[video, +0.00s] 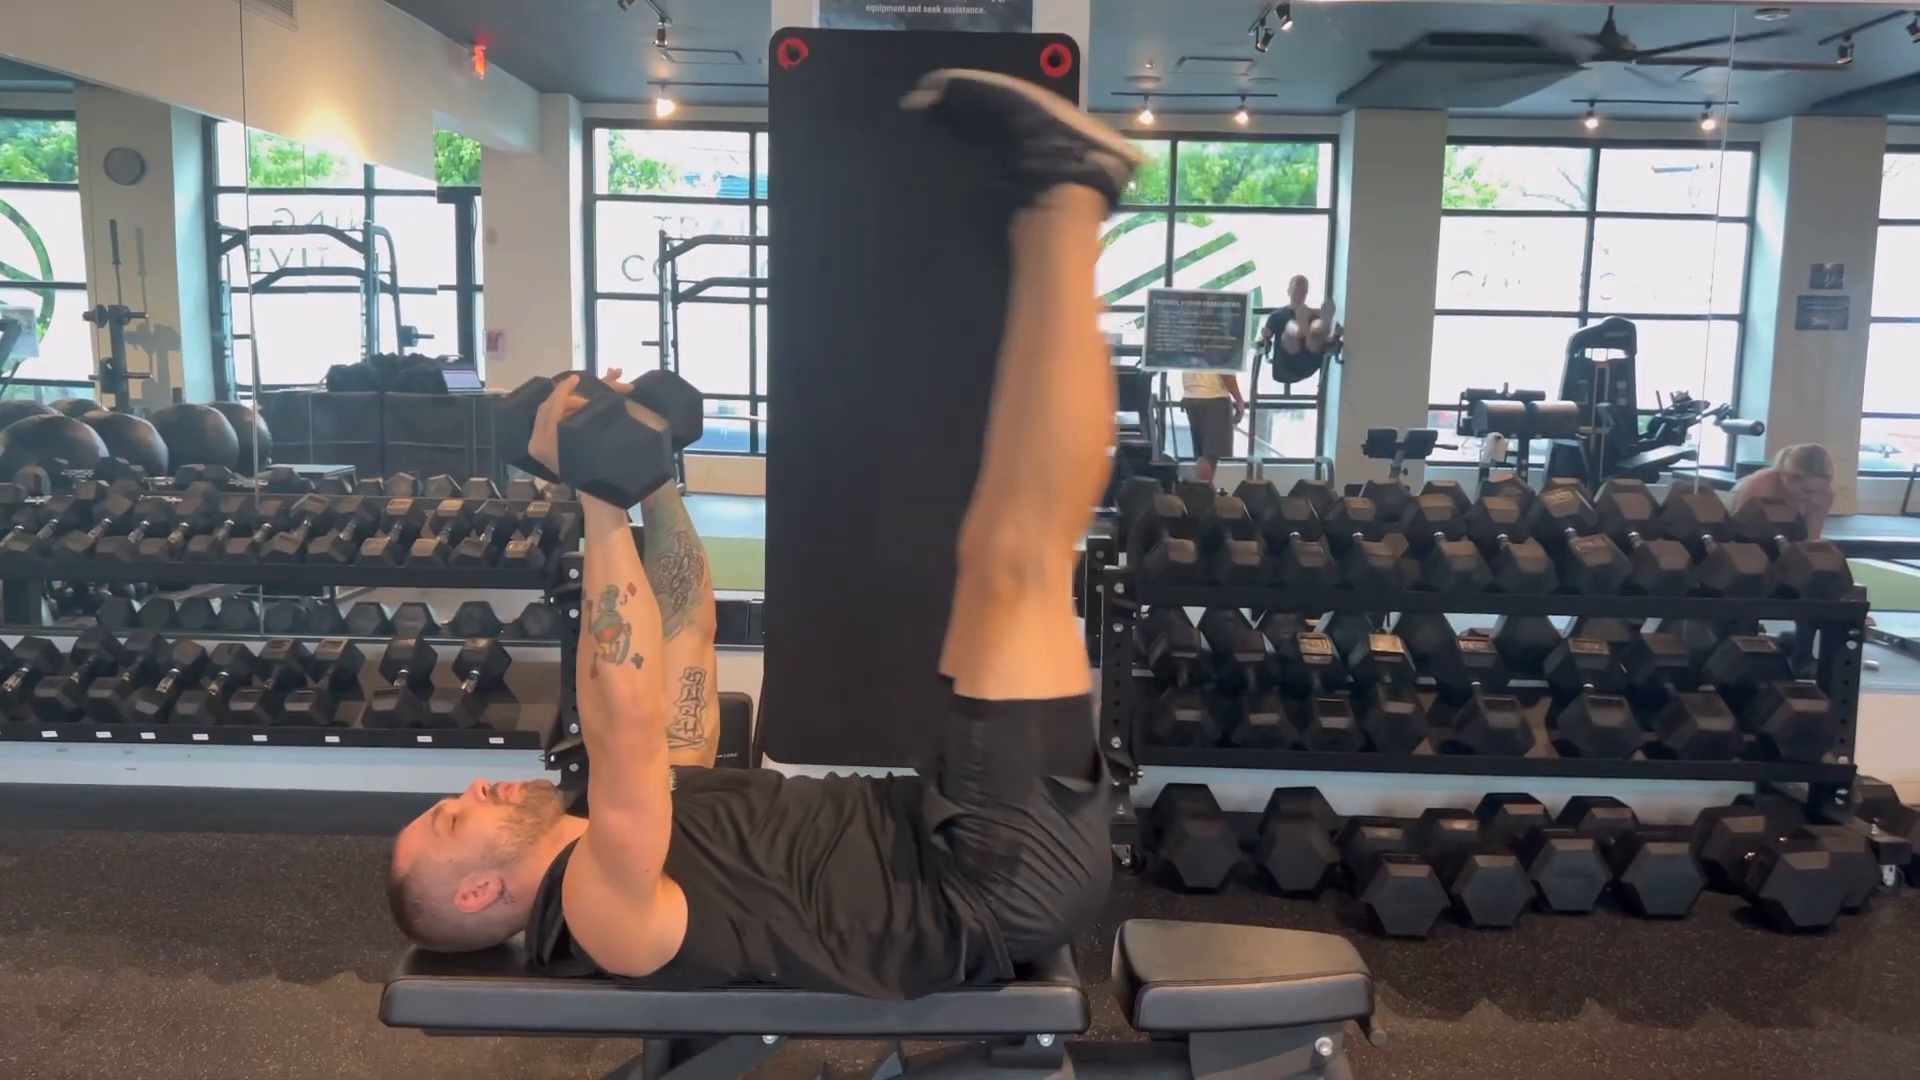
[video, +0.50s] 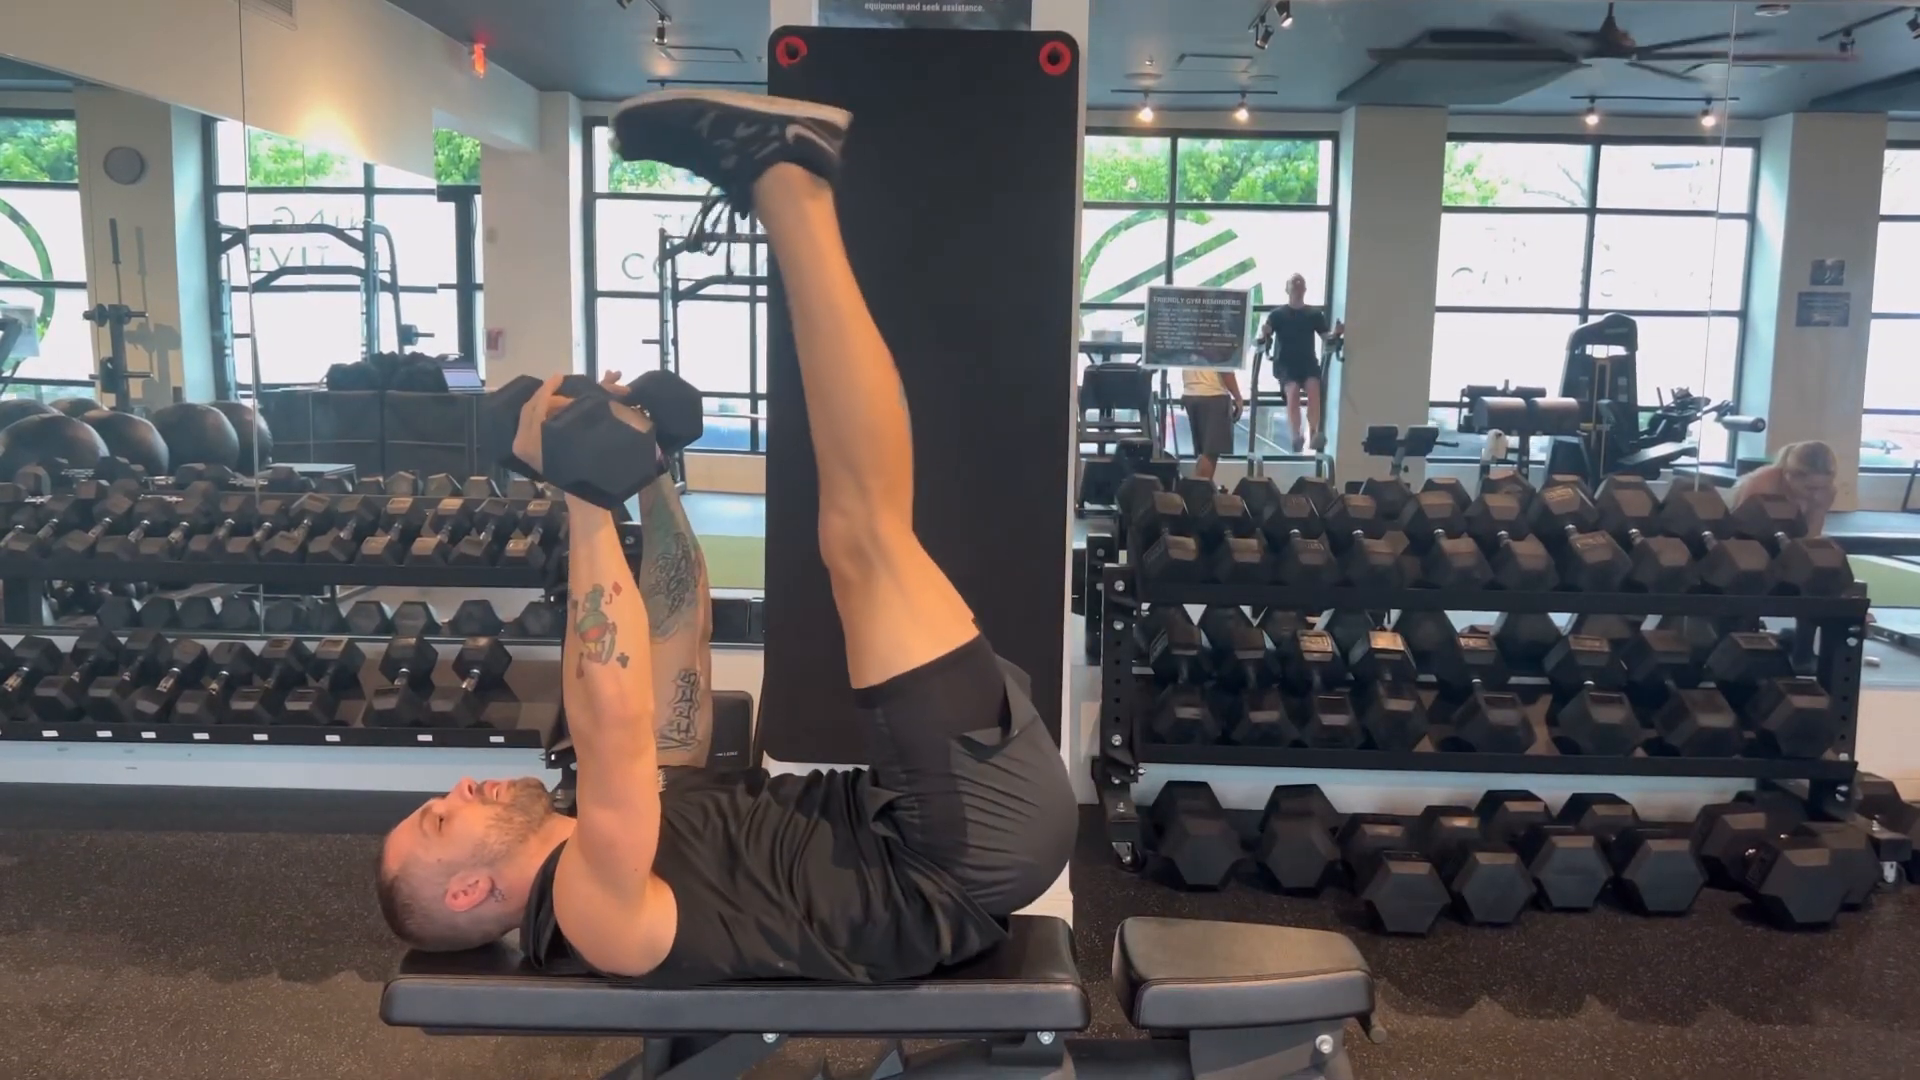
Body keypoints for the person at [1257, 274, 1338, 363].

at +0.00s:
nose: (1299, 294)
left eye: (1302, 291)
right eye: (1296, 290)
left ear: (1306, 292)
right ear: (1289, 292)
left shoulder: (1316, 315)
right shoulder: (1278, 316)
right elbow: (1264, 337)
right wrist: (1264, 341)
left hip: (1309, 366)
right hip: (1285, 367)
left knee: (1317, 325)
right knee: (1291, 328)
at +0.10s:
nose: (1299, 293)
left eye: (1302, 289)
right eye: (1296, 289)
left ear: (1306, 291)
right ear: (1289, 290)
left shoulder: (1316, 315)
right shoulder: (1278, 315)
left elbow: (1338, 330)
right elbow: (1265, 334)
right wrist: (1264, 340)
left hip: (1309, 367)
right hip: (1284, 368)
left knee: (1318, 331)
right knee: (1293, 334)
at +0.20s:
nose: (1299, 292)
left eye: (1302, 288)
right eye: (1295, 288)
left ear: (1306, 290)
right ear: (1288, 290)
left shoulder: (1315, 316)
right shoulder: (1278, 315)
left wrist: (1335, 335)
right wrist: (1264, 336)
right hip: (1284, 367)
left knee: (1317, 342)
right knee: (1293, 344)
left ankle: (1324, 356)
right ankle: (1305, 360)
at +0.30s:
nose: (1297, 292)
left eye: (1300, 287)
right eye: (1294, 288)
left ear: (1305, 289)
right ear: (1288, 290)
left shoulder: (1314, 315)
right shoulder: (1277, 314)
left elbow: (1327, 340)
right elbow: (1263, 344)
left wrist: (1335, 335)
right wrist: (1265, 335)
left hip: (1308, 361)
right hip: (1284, 361)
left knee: (1317, 356)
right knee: (1294, 355)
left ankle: (1324, 387)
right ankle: (1305, 389)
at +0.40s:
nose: (1298, 292)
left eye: (1301, 288)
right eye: (1294, 288)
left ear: (1305, 289)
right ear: (1287, 290)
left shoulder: (1314, 315)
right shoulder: (1277, 315)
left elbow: (1326, 338)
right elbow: (1264, 341)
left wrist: (1336, 333)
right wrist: (1265, 334)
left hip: (1308, 358)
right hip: (1285, 359)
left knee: (1316, 372)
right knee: (1294, 374)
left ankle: (1319, 416)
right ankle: (1302, 417)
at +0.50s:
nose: (1298, 286)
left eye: (1300, 284)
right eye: (1294, 284)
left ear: (1305, 288)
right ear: (1287, 289)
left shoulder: (1314, 314)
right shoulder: (1277, 314)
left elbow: (1326, 338)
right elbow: (1262, 341)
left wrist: (1336, 334)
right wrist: (1264, 335)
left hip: (1308, 359)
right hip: (1286, 360)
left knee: (1314, 387)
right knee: (1293, 390)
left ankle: (1314, 435)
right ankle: (1296, 437)